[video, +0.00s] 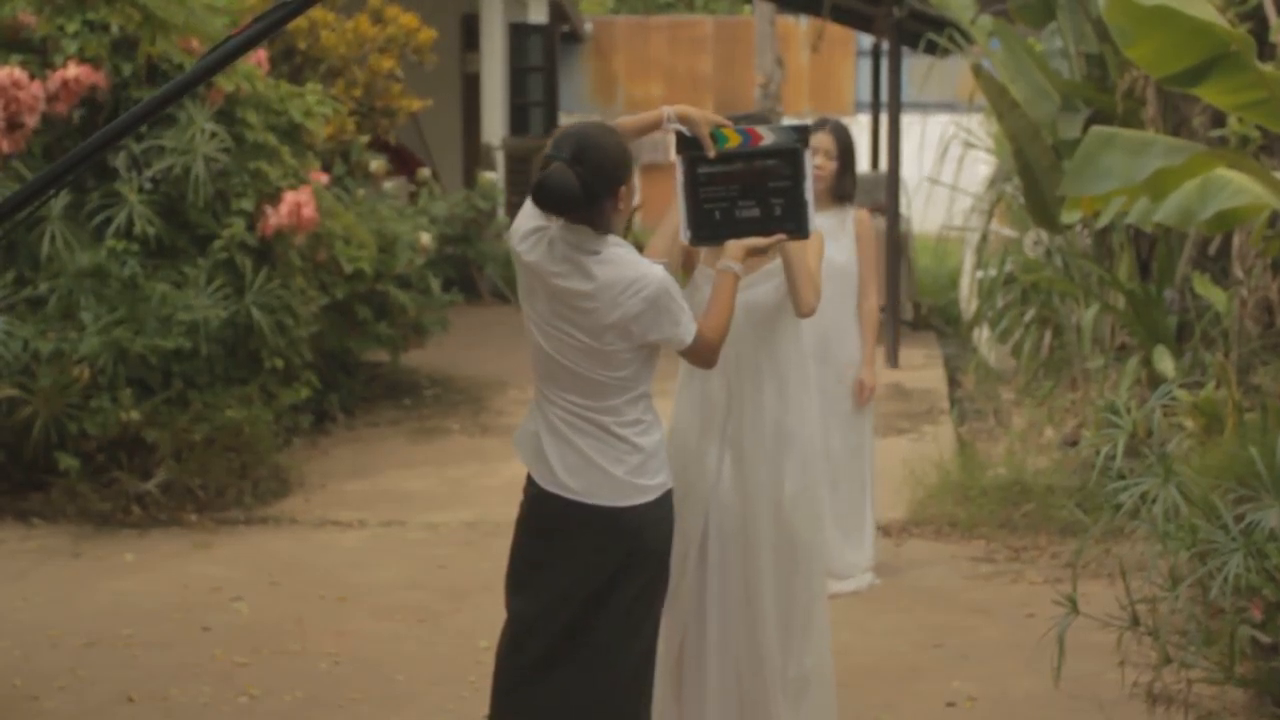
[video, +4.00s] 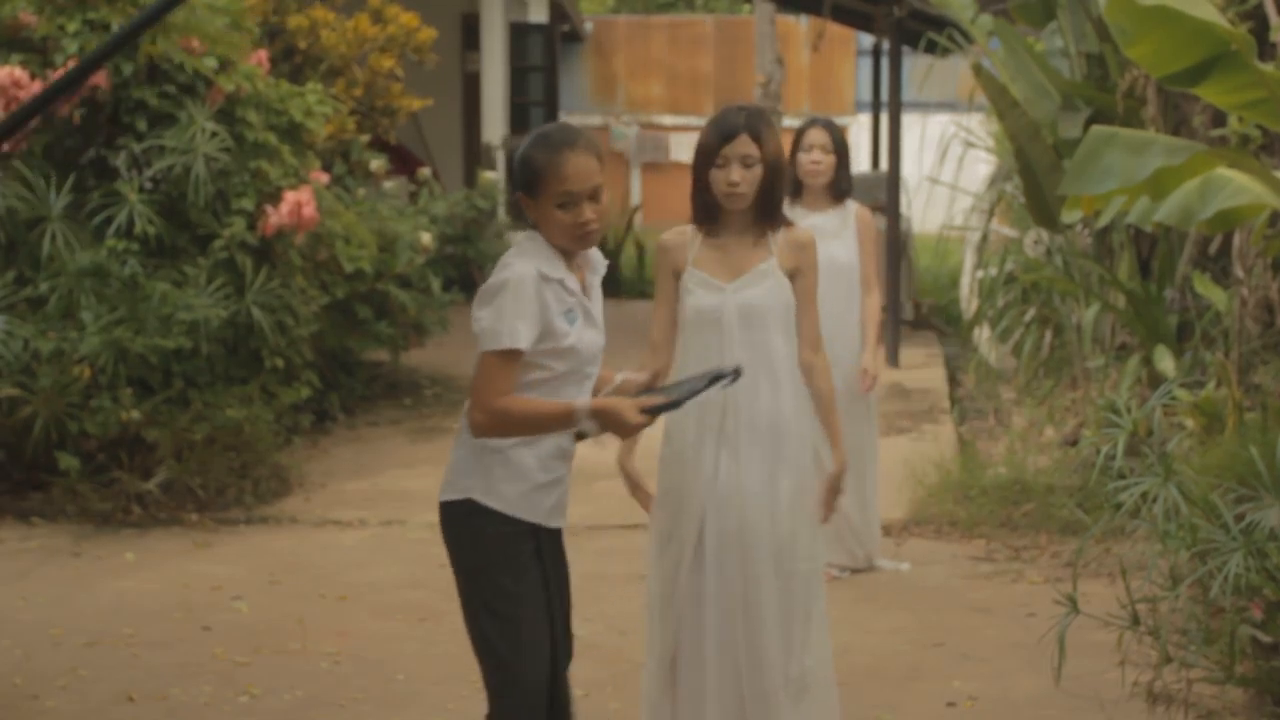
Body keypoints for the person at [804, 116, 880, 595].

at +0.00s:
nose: (817, 164)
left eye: (827, 156)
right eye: (811, 153)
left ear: (844, 166)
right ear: (798, 159)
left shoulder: (857, 221)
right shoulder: (781, 213)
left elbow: (869, 296)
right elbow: (756, 289)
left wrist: (867, 362)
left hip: (834, 355)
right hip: (781, 355)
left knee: (835, 456)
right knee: (782, 457)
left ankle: (840, 560)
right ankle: (783, 561)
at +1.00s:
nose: (829, 207)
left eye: (839, 198)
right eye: (822, 197)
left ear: (852, 192)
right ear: (806, 189)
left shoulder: (863, 225)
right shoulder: (789, 224)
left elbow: (874, 279)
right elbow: (752, 287)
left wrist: (894, 331)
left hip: (844, 359)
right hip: (789, 364)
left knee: (843, 462)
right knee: (790, 467)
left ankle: (843, 557)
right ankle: (795, 563)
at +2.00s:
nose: (834, 205)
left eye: (842, 197)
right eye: (826, 197)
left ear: (854, 194)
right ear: (809, 194)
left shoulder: (864, 227)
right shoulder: (792, 227)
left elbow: (887, 278)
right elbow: (764, 284)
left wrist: (902, 338)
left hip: (843, 359)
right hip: (791, 363)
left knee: (841, 456)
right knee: (790, 460)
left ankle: (838, 550)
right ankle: (796, 555)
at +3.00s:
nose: (826, 194)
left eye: (834, 185)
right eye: (819, 185)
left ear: (846, 184)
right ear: (806, 183)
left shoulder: (858, 221)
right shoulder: (789, 218)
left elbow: (874, 290)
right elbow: (773, 289)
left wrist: (885, 355)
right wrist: (769, 358)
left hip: (848, 356)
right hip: (797, 359)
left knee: (851, 453)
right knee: (805, 455)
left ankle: (858, 547)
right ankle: (817, 552)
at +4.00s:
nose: (815, 159)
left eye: (825, 151)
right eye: (807, 150)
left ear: (840, 160)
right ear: (793, 159)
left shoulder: (858, 218)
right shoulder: (779, 218)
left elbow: (871, 288)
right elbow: (769, 290)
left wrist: (871, 349)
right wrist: (773, 351)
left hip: (846, 348)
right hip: (793, 348)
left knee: (851, 447)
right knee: (800, 445)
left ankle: (852, 545)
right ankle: (807, 547)